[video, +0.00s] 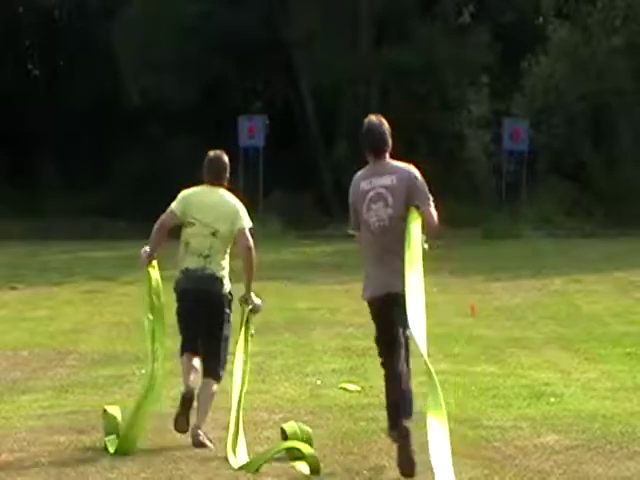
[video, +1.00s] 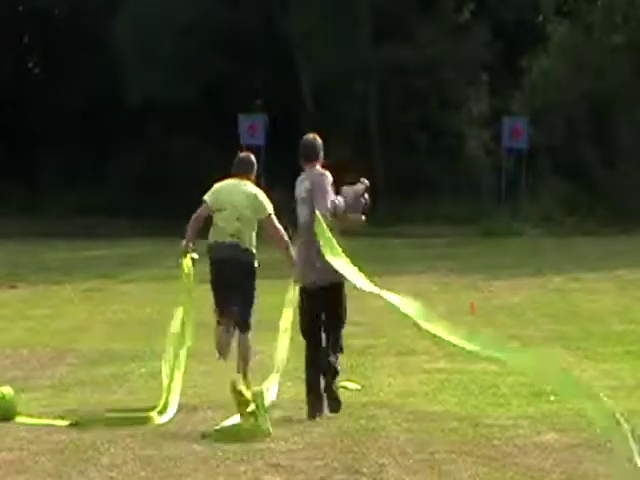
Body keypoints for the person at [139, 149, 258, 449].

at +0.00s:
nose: (220, 178)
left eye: (212, 171)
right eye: (225, 174)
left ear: (203, 173)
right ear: (227, 176)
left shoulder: (188, 196)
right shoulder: (235, 205)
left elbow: (162, 224)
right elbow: (247, 246)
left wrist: (151, 251)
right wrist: (248, 290)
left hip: (186, 280)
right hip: (216, 284)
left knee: (189, 344)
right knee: (213, 363)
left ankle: (189, 387)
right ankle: (198, 428)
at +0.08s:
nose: (215, 171)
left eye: (207, 166)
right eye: (220, 166)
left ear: (199, 168)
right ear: (222, 168)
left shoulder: (187, 192)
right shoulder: (234, 197)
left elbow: (164, 220)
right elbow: (246, 239)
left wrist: (153, 248)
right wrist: (246, 282)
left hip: (189, 273)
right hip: (220, 275)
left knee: (193, 343)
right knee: (209, 346)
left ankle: (190, 406)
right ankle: (205, 397)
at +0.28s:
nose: (230, 172)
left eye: (227, 167)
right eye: (230, 168)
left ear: (204, 169)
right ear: (226, 169)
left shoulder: (191, 192)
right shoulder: (233, 196)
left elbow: (168, 220)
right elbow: (244, 234)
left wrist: (157, 248)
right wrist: (247, 271)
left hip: (196, 272)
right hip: (224, 272)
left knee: (195, 342)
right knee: (220, 335)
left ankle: (196, 411)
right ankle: (216, 375)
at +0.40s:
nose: (242, 170)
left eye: (240, 164)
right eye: (241, 165)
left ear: (216, 164)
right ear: (236, 166)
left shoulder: (199, 185)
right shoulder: (239, 194)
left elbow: (174, 215)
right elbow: (247, 236)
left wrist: (164, 245)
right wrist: (250, 269)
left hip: (197, 256)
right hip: (226, 257)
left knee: (203, 320)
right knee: (226, 331)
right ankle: (228, 396)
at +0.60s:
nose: (239, 167)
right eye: (240, 163)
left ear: (217, 163)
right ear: (238, 164)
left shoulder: (206, 184)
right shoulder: (246, 191)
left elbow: (185, 210)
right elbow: (259, 237)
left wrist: (172, 235)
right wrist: (263, 273)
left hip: (209, 258)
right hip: (236, 259)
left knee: (216, 317)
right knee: (230, 324)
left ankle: (220, 376)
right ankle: (227, 381)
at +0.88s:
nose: (247, 170)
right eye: (247, 166)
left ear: (227, 165)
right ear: (248, 167)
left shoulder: (213, 186)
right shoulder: (253, 190)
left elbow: (192, 214)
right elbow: (270, 227)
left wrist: (184, 240)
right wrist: (282, 257)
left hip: (217, 254)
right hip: (244, 255)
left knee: (224, 320)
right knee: (242, 316)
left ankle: (229, 372)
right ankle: (244, 373)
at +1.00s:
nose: (253, 176)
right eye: (254, 172)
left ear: (233, 170)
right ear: (253, 172)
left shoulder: (220, 188)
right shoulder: (256, 194)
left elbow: (199, 215)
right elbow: (276, 230)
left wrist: (188, 241)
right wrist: (290, 254)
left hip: (217, 248)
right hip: (243, 251)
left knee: (222, 298)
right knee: (243, 320)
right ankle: (242, 376)